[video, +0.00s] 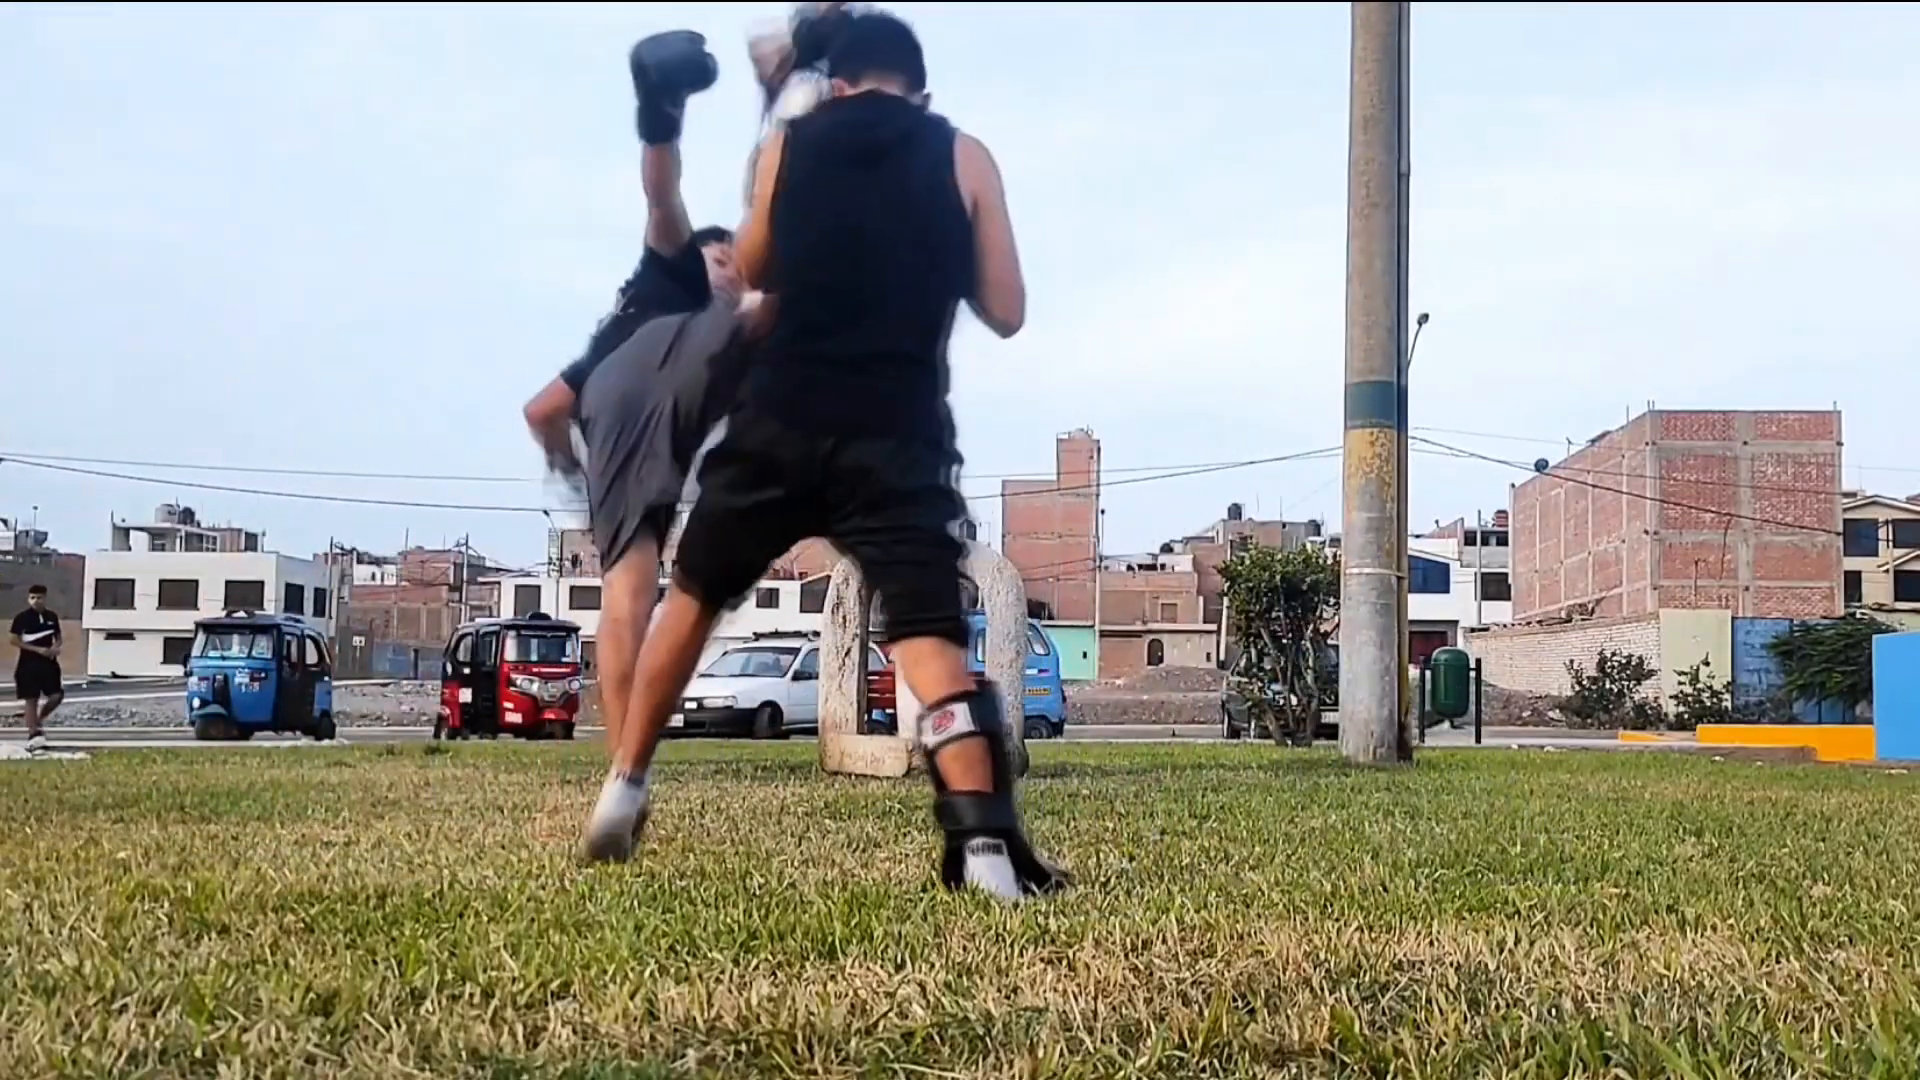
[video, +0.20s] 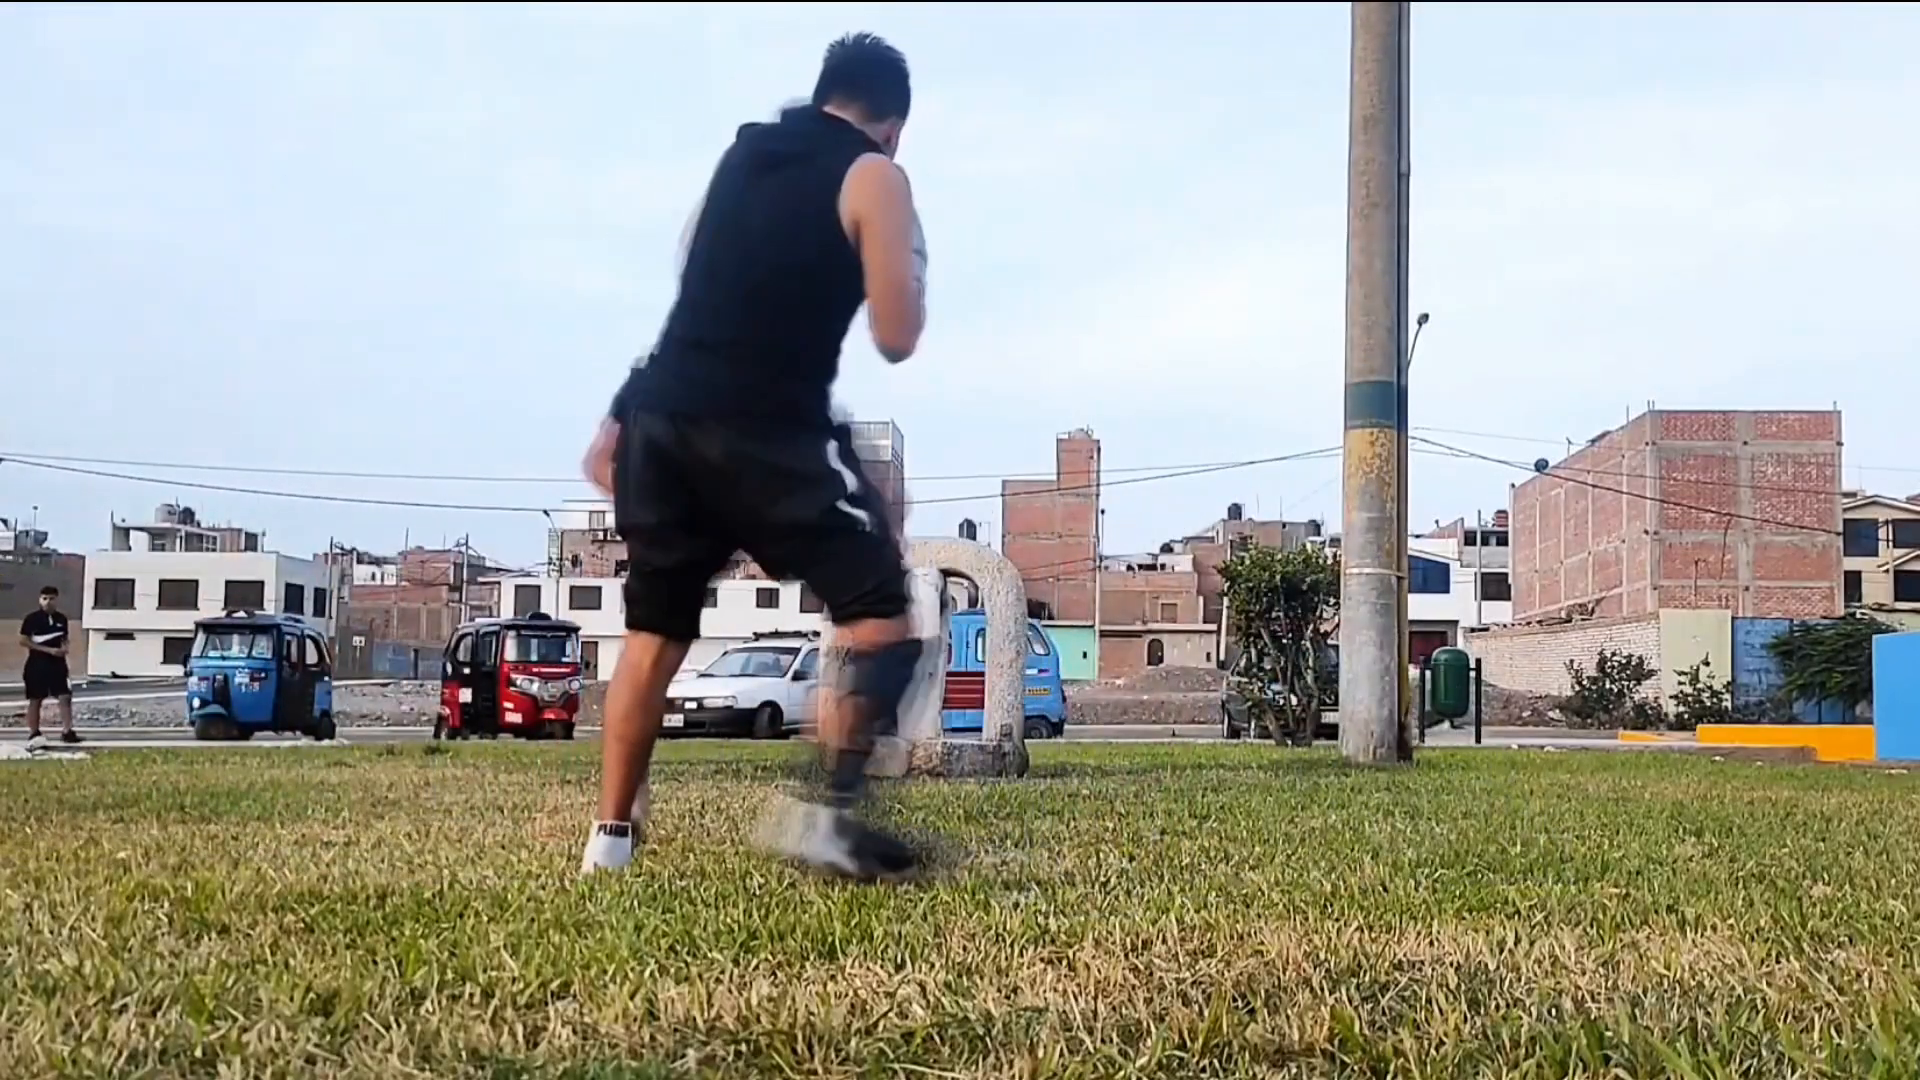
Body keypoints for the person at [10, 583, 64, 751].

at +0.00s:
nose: (35, 601)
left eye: (39, 598)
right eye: (32, 598)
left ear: (45, 599)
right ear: (28, 599)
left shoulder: (51, 617)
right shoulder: (22, 617)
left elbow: (58, 637)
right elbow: (14, 639)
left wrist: (55, 648)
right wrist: (39, 649)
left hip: (47, 662)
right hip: (29, 663)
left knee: (56, 696)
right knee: (31, 699)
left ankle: (38, 720)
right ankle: (33, 734)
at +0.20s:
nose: (47, 602)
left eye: (51, 599)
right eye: (44, 599)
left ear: (56, 600)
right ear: (39, 600)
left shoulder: (62, 619)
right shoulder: (32, 618)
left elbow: (65, 639)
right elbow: (24, 640)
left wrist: (64, 648)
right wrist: (49, 650)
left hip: (57, 664)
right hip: (37, 665)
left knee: (65, 696)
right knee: (35, 699)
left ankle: (68, 731)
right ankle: (34, 732)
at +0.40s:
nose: (61, 602)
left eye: (64, 599)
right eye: (58, 598)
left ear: (69, 601)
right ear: (53, 599)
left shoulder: (74, 620)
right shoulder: (44, 618)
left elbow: (76, 640)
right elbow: (35, 639)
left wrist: (74, 649)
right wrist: (60, 651)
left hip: (68, 664)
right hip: (48, 664)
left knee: (71, 699)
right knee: (43, 700)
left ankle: (73, 732)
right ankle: (36, 731)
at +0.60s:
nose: (72, 599)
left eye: (76, 596)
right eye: (70, 595)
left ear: (82, 598)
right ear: (64, 597)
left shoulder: (87, 618)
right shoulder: (56, 615)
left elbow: (92, 639)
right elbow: (44, 635)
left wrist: (83, 647)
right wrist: (67, 648)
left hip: (79, 662)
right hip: (60, 663)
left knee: (77, 698)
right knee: (60, 697)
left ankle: (74, 731)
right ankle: (48, 721)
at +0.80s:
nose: (73, 600)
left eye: (77, 596)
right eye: (71, 596)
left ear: (86, 597)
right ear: (68, 598)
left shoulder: (96, 616)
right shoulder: (64, 614)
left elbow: (104, 638)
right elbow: (52, 635)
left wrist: (93, 646)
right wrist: (72, 649)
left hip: (86, 658)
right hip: (69, 657)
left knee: (82, 696)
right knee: (73, 695)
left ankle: (76, 730)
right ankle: (70, 730)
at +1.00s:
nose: (75, 602)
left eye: (78, 598)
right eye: (73, 598)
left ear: (89, 599)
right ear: (72, 600)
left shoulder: (103, 618)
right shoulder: (69, 617)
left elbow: (113, 639)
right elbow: (59, 638)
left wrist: (101, 646)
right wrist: (77, 651)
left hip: (94, 659)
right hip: (75, 660)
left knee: (86, 696)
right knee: (82, 696)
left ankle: (77, 729)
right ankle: (89, 731)